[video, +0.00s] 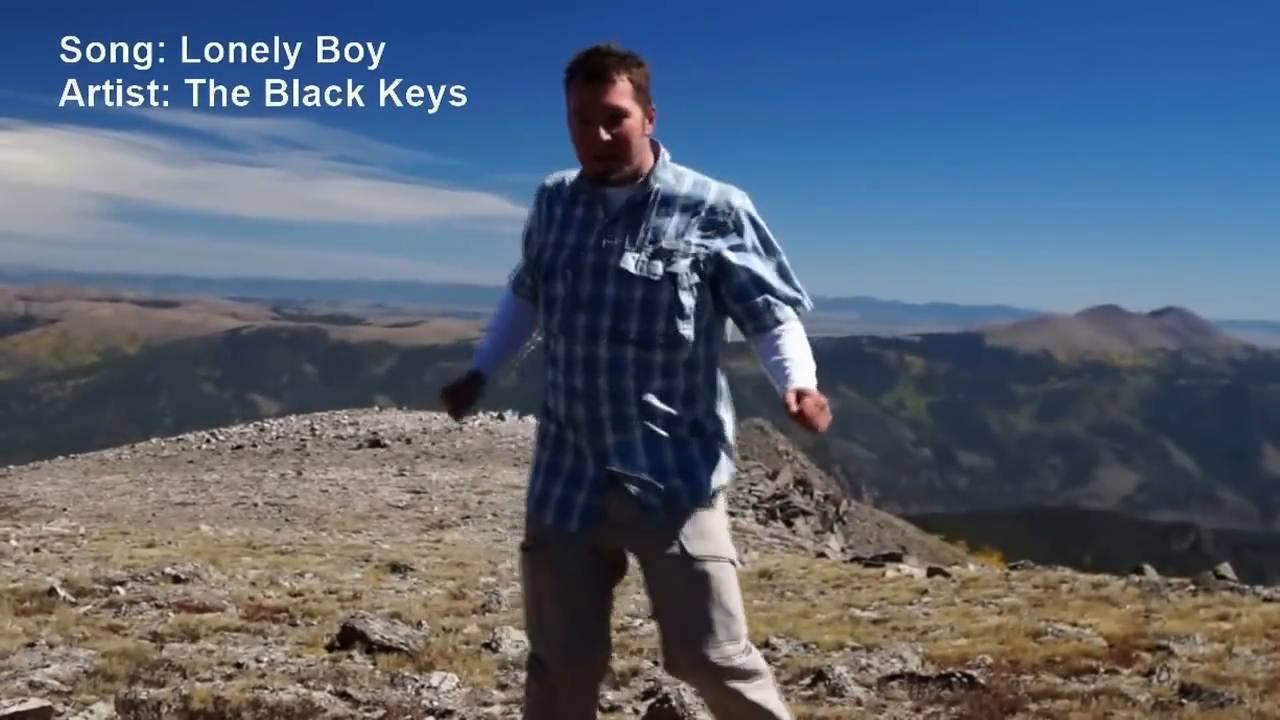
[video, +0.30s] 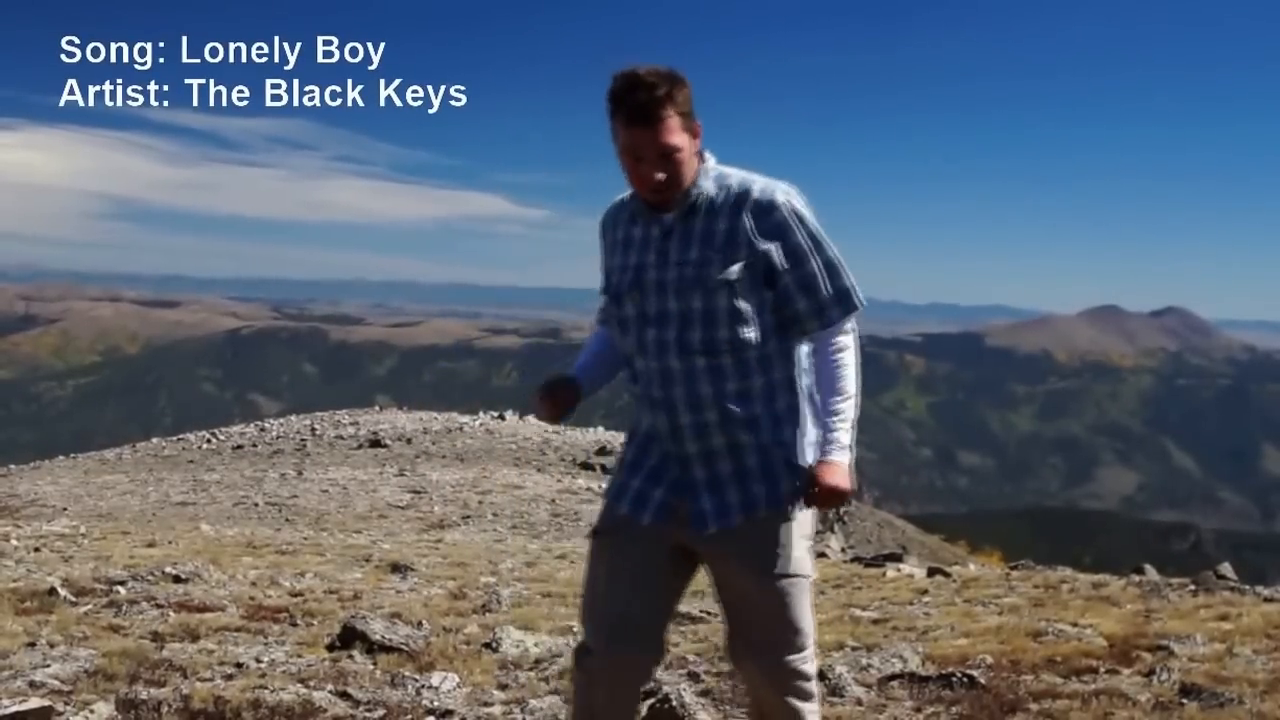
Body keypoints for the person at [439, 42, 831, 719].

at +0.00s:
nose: (597, 136)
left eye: (613, 118)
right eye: (582, 122)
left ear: (649, 117)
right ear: (568, 125)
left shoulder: (714, 210)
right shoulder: (555, 204)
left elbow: (770, 310)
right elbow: (526, 298)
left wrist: (798, 382)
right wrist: (479, 372)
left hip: (675, 472)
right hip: (567, 470)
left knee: (716, 660)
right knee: (560, 671)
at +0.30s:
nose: (652, 175)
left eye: (666, 156)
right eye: (635, 159)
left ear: (696, 137)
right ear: (618, 152)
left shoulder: (767, 210)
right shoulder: (621, 225)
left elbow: (835, 326)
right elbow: (619, 327)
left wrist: (835, 451)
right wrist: (577, 385)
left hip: (760, 477)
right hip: (656, 470)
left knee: (780, 675)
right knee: (606, 665)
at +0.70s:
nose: (745, 153)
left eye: (759, 135)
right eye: (727, 137)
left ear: (777, 120)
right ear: (696, 123)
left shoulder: (831, 197)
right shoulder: (648, 208)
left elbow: (880, 304)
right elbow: (609, 302)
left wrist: (902, 411)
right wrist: (608, 355)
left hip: (796, 466)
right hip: (683, 460)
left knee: (798, 671)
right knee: (644, 653)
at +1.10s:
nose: (734, 168)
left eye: (746, 153)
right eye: (720, 151)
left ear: (759, 144)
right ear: (677, 133)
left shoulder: (769, 225)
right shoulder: (584, 208)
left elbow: (788, 341)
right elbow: (520, 315)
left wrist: (836, 394)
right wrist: (550, 414)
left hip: (722, 486)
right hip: (606, 483)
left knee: (762, 677)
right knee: (577, 671)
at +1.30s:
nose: (684, 167)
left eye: (695, 151)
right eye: (674, 149)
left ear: (703, 140)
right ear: (626, 129)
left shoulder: (709, 226)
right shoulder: (527, 202)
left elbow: (720, 350)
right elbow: (458, 313)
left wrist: (753, 438)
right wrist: (499, 404)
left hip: (672, 485)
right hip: (555, 491)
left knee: (722, 660)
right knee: (544, 678)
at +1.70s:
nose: (678, 174)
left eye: (686, 158)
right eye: (670, 156)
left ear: (689, 143)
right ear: (614, 135)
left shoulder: (680, 202)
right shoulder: (507, 206)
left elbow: (705, 296)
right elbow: (432, 304)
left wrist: (755, 365)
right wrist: (500, 373)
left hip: (658, 462)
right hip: (548, 478)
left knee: (724, 604)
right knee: (537, 667)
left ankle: (684, 714)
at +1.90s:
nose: (723, 195)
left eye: (729, 179)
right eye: (715, 179)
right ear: (660, 158)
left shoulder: (721, 224)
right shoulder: (542, 226)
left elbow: (763, 287)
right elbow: (486, 352)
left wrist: (822, 347)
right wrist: (502, 469)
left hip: (695, 492)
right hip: (579, 500)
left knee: (761, 674)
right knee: (558, 688)